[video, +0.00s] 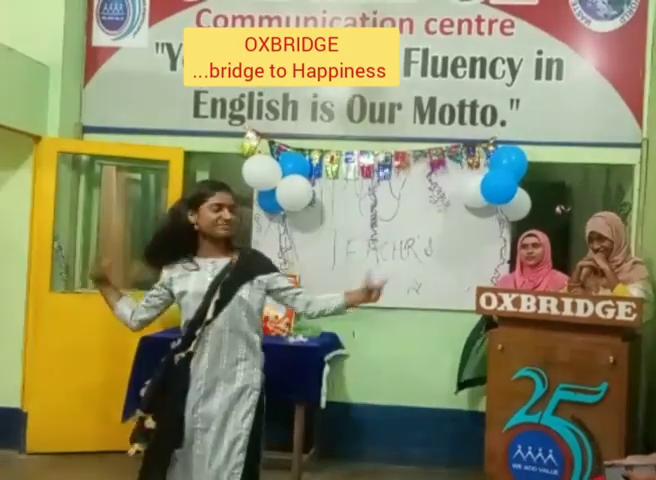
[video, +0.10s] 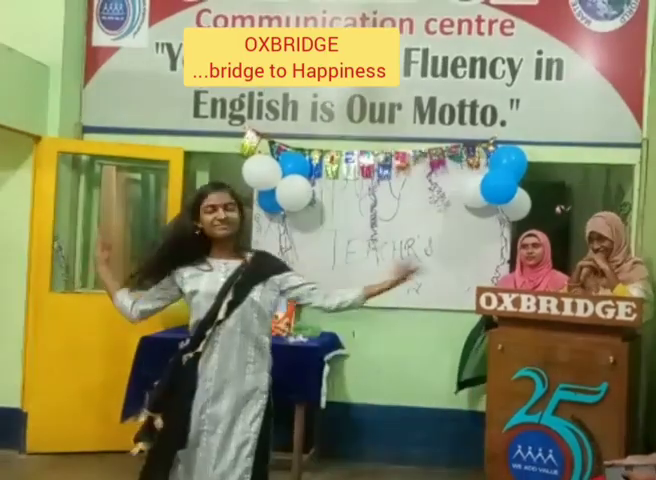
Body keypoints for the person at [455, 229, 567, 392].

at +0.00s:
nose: (529, 251)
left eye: (535, 246)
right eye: (524, 247)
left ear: (546, 250)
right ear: (518, 252)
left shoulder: (561, 282)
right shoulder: (506, 282)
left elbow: (566, 318)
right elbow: (494, 316)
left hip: (548, 346)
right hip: (511, 345)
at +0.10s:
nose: (529, 251)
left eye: (535, 246)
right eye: (524, 247)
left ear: (546, 250)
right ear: (518, 252)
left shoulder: (561, 282)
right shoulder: (506, 282)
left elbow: (567, 318)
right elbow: (493, 316)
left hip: (549, 347)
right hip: (511, 346)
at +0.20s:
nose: (530, 251)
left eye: (535, 246)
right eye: (525, 247)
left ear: (546, 250)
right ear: (518, 252)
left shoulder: (561, 282)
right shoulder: (506, 282)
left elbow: (567, 317)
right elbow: (491, 317)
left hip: (548, 345)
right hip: (511, 345)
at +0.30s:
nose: (530, 251)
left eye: (535, 246)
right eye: (525, 247)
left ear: (546, 250)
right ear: (518, 252)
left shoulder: (561, 282)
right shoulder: (506, 282)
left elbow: (567, 317)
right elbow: (492, 317)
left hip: (548, 346)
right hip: (511, 345)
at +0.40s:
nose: (529, 251)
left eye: (535, 246)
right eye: (524, 247)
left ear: (546, 250)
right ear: (518, 252)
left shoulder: (561, 281)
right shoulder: (506, 282)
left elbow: (567, 317)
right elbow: (492, 317)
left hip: (548, 347)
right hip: (510, 346)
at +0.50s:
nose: (529, 251)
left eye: (535, 246)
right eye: (524, 247)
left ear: (546, 250)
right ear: (518, 252)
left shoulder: (561, 282)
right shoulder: (506, 282)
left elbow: (566, 317)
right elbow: (493, 316)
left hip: (548, 346)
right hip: (511, 346)